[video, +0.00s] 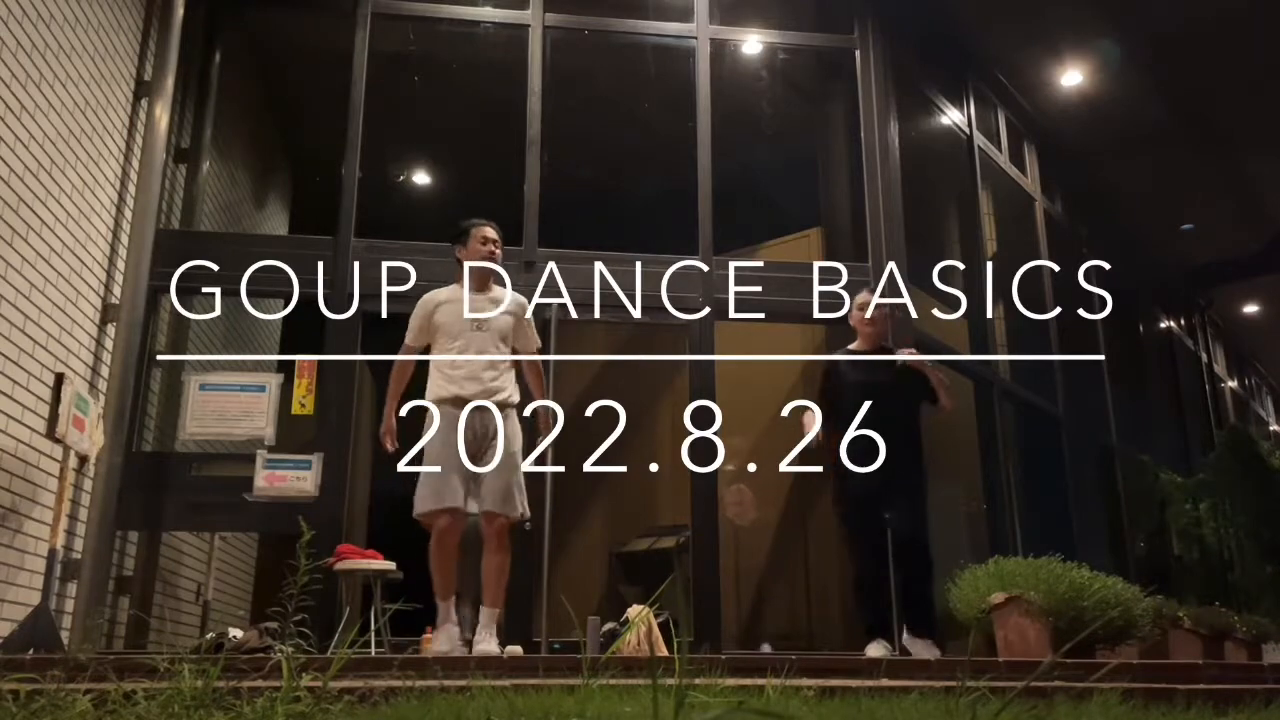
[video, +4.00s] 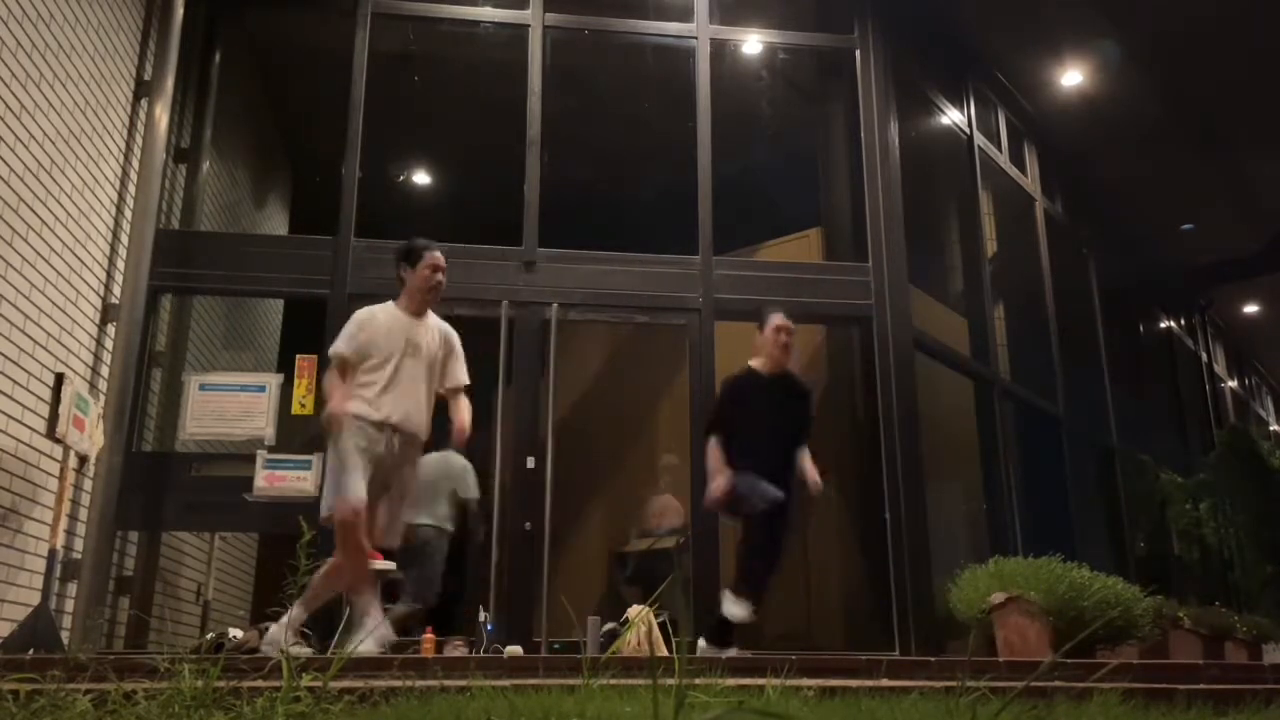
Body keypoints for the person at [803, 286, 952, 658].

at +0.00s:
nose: (875, 315)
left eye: (881, 309)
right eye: (866, 309)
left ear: (891, 317)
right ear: (852, 318)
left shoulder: (905, 361)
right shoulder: (836, 363)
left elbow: (947, 405)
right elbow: (815, 411)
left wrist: (926, 368)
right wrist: (813, 426)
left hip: (905, 471)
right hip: (856, 474)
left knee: (912, 548)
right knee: (867, 554)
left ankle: (917, 632)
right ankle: (877, 637)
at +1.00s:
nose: (779, 342)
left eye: (785, 335)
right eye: (772, 335)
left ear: (792, 342)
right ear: (757, 341)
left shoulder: (811, 387)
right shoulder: (745, 396)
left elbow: (833, 427)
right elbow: (732, 446)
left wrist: (835, 459)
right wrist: (736, 479)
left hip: (807, 483)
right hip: (761, 486)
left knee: (820, 547)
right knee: (752, 560)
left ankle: (793, 618)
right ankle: (736, 638)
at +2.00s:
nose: (777, 328)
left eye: (784, 321)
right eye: (770, 320)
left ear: (795, 329)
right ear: (757, 328)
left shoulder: (812, 376)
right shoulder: (743, 378)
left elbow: (827, 425)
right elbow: (715, 422)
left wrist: (836, 462)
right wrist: (719, 463)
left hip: (804, 479)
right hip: (753, 480)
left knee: (825, 554)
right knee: (734, 558)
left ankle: (799, 620)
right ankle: (711, 638)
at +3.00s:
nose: (890, 311)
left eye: (896, 303)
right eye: (882, 303)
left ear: (908, 304)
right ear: (872, 307)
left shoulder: (934, 337)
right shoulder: (869, 349)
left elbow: (979, 335)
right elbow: (840, 366)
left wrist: (919, 324)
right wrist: (882, 334)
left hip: (947, 440)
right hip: (903, 448)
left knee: (944, 518)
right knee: (919, 530)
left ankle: (991, 603)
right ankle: (957, 612)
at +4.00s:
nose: (785, 339)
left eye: (789, 333)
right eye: (777, 331)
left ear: (794, 340)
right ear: (760, 336)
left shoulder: (798, 390)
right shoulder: (738, 384)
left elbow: (799, 441)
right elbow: (714, 434)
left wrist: (810, 471)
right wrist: (718, 473)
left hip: (781, 482)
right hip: (741, 477)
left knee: (762, 555)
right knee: (766, 508)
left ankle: (719, 640)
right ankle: (742, 591)